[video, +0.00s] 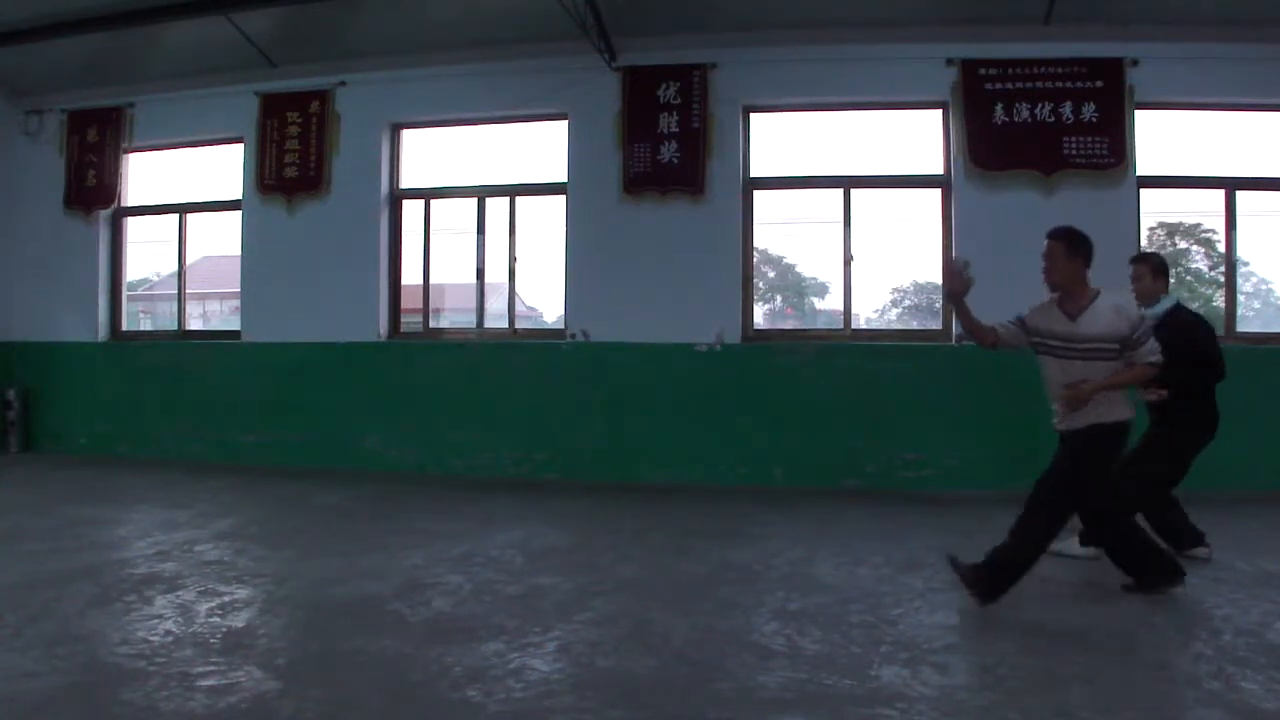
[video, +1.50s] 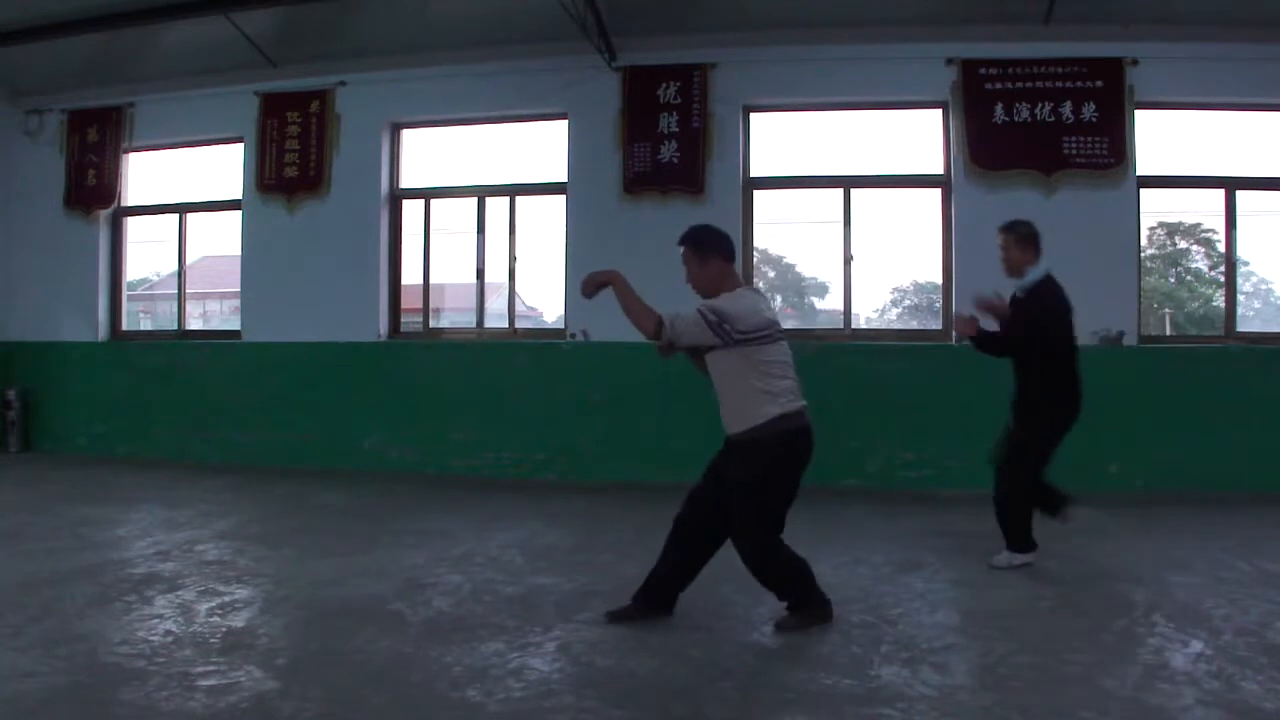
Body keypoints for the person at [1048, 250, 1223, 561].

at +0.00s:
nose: (1133, 287)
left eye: (1139, 279)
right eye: (1132, 280)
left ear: (1161, 281)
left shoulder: (1190, 324)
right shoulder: (1138, 324)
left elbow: (1213, 372)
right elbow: (1130, 366)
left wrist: (1169, 389)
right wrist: (1143, 385)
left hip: (1191, 418)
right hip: (1163, 414)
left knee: (1131, 474)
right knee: (1148, 482)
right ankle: (1190, 543)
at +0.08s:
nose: (1134, 285)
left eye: (1140, 278)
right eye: (1132, 279)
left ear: (1161, 280)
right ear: (1135, 281)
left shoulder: (1192, 324)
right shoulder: (1134, 328)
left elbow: (1213, 371)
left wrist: (1171, 390)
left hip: (1194, 418)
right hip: (1161, 416)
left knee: (1131, 471)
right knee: (1149, 482)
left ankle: (1092, 538)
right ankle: (1190, 543)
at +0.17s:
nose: (1134, 285)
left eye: (1140, 278)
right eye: (1132, 278)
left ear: (1161, 280)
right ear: (1135, 281)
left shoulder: (1190, 323)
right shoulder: (1139, 326)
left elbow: (1213, 371)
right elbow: (1104, 344)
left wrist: (1170, 390)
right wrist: (1068, 341)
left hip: (1192, 420)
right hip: (1163, 418)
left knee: (1131, 471)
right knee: (1148, 483)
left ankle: (1095, 538)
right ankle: (1190, 543)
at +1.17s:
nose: (1094, 274)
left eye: (1101, 267)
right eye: (1093, 268)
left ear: (1124, 270)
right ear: (1097, 271)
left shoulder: (1149, 316)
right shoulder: (1098, 314)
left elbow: (1168, 365)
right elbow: (1060, 336)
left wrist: (1121, 370)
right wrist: (1029, 312)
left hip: (1144, 416)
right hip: (1118, 415)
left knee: (1092, 475)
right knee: (1139, 488)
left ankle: (1043, 538)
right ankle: (1189, 543)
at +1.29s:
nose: (1061, 273)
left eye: (1068, 266)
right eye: (1059, 266)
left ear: (1090, 269)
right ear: (1062, 269)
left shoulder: (1115, 317)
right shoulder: (1061, 313)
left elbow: (1131, 367)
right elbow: (1024, 336)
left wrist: (1087, 363)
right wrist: (994, 312)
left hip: (1109, 420)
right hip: (1084, 418)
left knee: (1053, 468)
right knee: (1128, 484)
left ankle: (1030, 545)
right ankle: (1187, 535)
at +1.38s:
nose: (1031, 268)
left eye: (1037, 261)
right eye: (1030, 261)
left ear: (1060, 265)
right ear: (1035, 265)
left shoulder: (1083, 312)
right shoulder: (1033, 308)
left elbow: (1092, 365)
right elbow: (999, 342)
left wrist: (1050, 351)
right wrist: (971, 321)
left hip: (1078, 413)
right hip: (1054, 411)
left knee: (1024, 470)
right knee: (1086, 481)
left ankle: (1023, 546)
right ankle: (1151, 511)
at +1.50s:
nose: (1001, 256)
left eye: (1006, 249)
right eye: (1001, 249)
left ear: (1026, 251)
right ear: (1027, 252)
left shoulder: (1037, 296)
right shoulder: (1040, 290)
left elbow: (1013, 346)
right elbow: (1037, 337)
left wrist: (975, 334)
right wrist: (1006, 316)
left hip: (1047, 402)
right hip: (1046, 398)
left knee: (1012, 468)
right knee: (1014, 464)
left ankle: (1020, 547)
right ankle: (1060, 506)